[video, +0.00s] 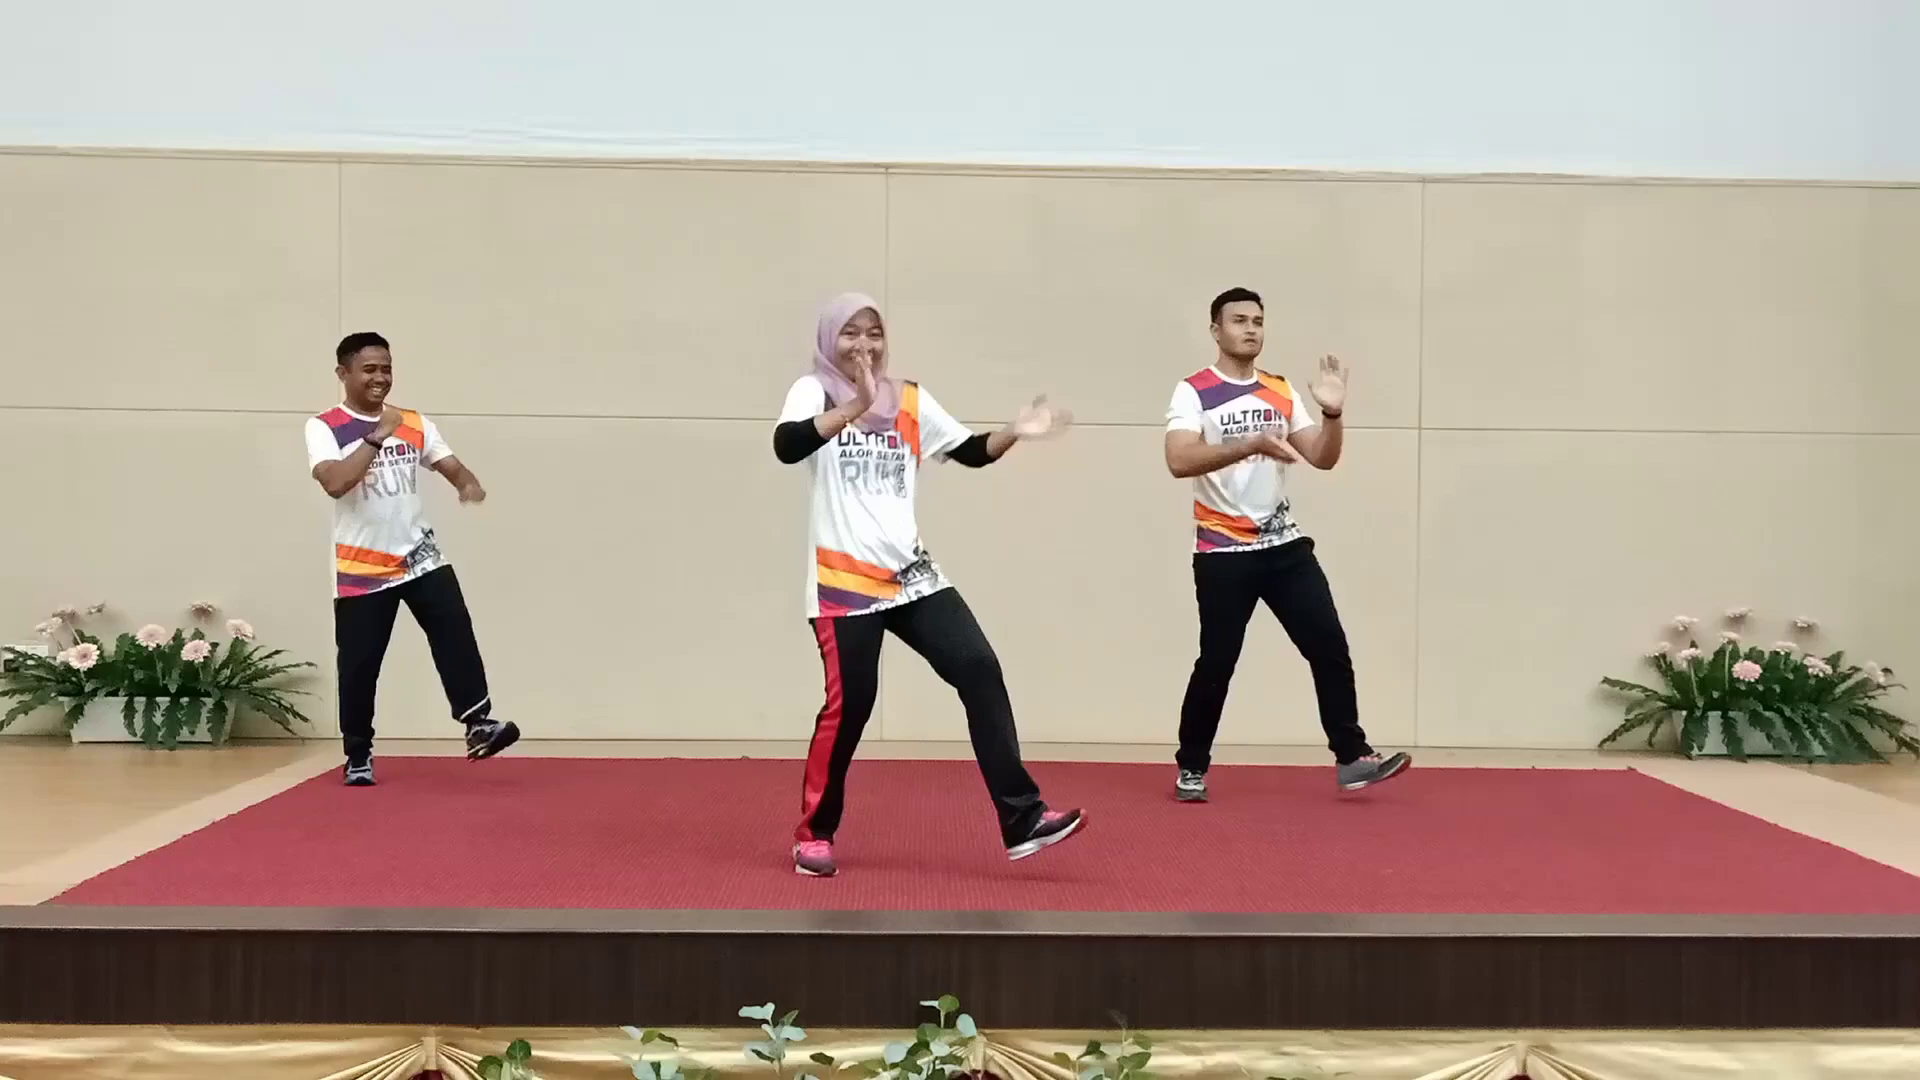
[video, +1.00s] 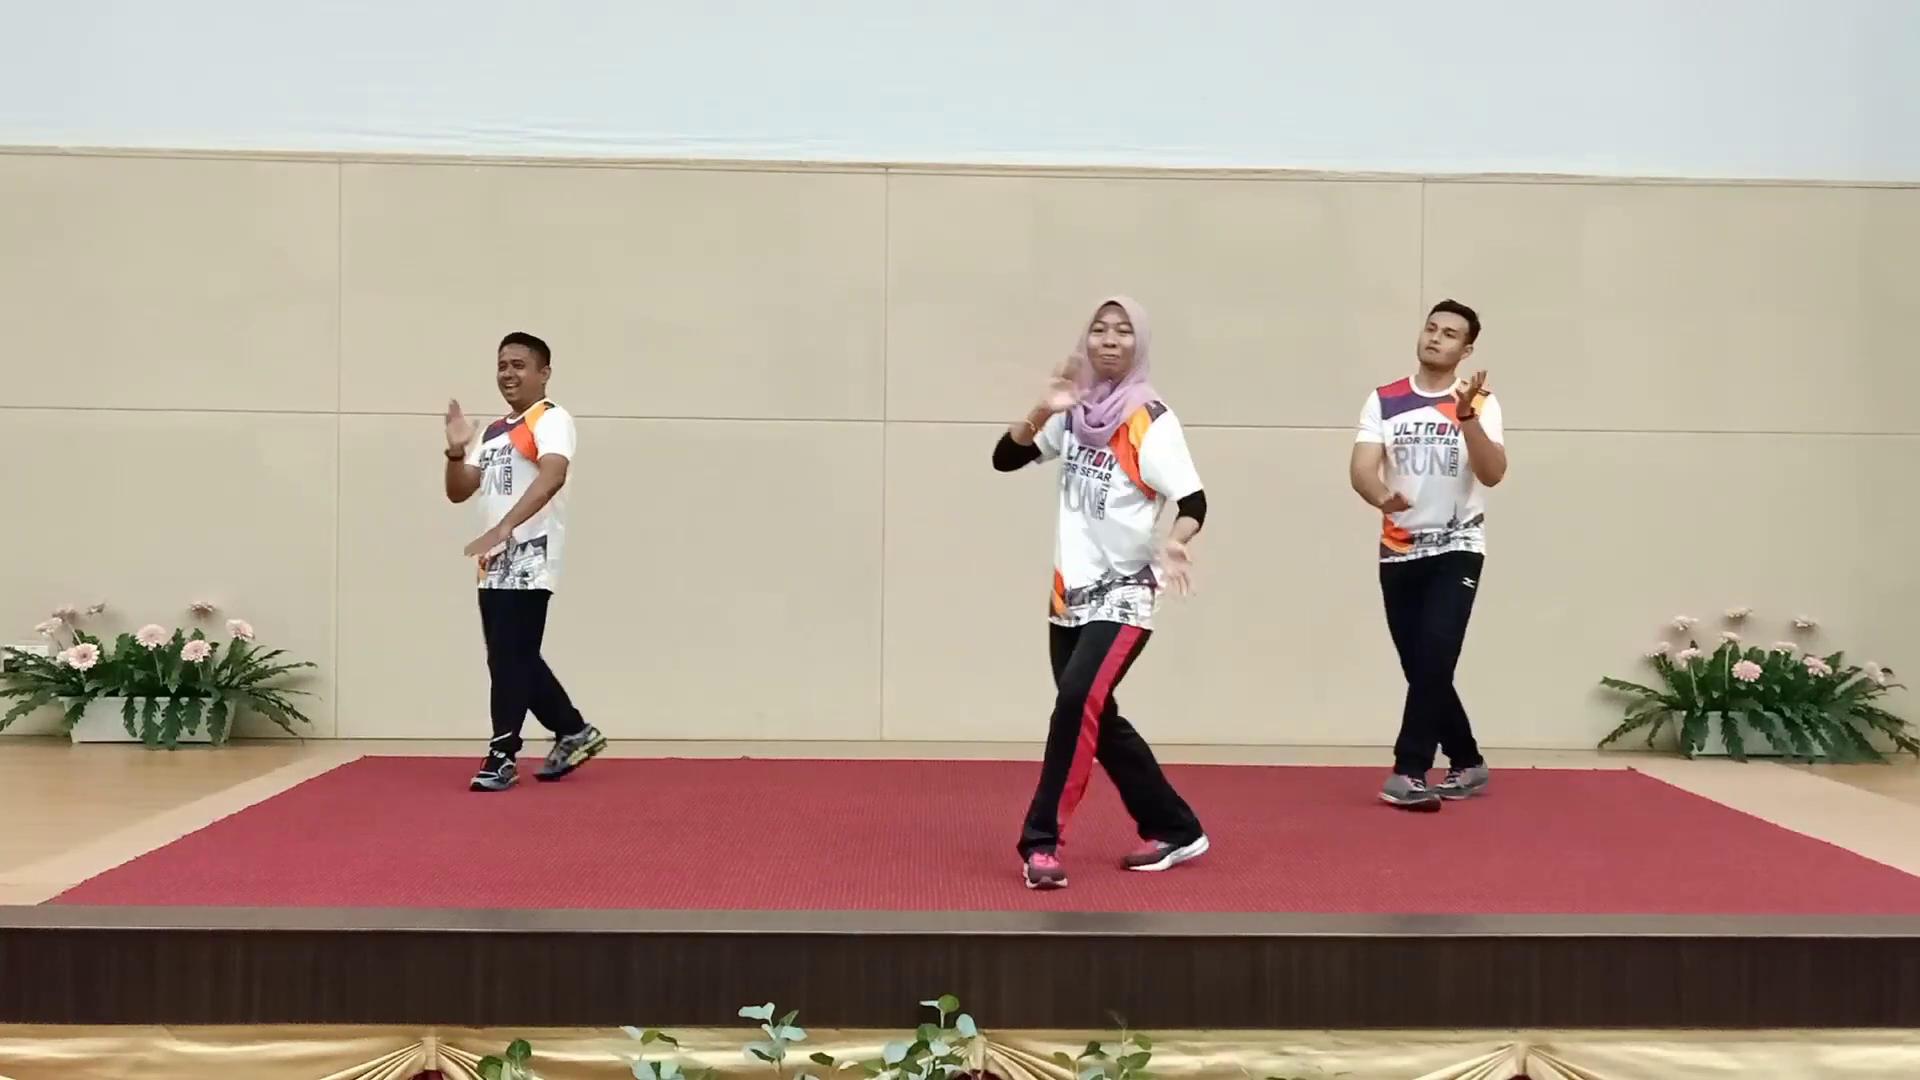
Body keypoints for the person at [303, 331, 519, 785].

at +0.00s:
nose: (380, 378)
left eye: (386, 370)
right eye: (369, 370)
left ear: (391, 373)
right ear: (343, 373)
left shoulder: (413, 424)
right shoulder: (323, 428)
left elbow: (452, 468)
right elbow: (335, 483)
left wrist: (468, 484)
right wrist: (379, 434)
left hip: (419, 558)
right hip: (362, 568)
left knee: (454, 629)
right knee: (358, 667)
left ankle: (478, 725)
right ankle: (358, 756)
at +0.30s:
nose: (401, 363)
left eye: (409, 355)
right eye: (391, 356)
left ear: (420, 361)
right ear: (371, 361)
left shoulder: (438, 416)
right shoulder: (349, 411)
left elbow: (482, 468)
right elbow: (330, 476)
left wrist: (467, 414)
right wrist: (389, 504)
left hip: (436, 551)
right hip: (375, 558)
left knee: (464, 621)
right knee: (363, 654)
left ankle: (494, 716)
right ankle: (357, 751)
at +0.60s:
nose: (439, 372)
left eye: (449, 363)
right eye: (431, 365)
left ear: (471, 368)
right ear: (423, 373)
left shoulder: (497, 425)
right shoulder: (402, 426)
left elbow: (512, 487)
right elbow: (362, 468)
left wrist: (453, 475)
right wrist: (336, 500)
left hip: (468, 574)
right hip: (408, 571)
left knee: (480, 665)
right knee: (382, 664)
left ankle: (501, 759)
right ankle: (362, 753)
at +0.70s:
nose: (462, 368)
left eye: (472, 360)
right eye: (455, 361)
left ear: (497, 366)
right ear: (449, 369)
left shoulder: (515, 418)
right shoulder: (436, 423)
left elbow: (527, 479)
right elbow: (385, 458)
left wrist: (460, 504)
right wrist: (361, 452)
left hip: (491, 573)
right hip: (438, 570)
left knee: (493, 666)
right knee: (416, 648)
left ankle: (501, 758)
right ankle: (425, 737)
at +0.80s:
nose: (473, 370)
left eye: (484, 361)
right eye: (467, 362)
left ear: (509, 367)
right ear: (460, 370)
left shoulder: (524, 417)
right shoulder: (452, 425)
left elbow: (532, 479)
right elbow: (398, 461)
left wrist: (471, 520)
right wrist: (381, 438)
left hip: (501, 572)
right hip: (451, 568)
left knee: (498, 666)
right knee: (432, 639)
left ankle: (501, 757)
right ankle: (467, 725)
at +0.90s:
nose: (496, 372)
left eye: (507, 363)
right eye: (490, 365)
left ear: (532, 369)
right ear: (485, 372)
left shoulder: (542, 418)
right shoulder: (480, 429)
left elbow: (542, 482)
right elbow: (438, 478)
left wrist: (492, 536)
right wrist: (432, 437)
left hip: (518, 566)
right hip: (479, 565)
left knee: (507, 659)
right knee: (472, 645)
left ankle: (502, 756)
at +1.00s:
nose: (507, 373)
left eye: (519, 365)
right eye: (502, 366)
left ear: (544, 373)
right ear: (496, 374)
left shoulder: (551, 419)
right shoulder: (493, 432)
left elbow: (553, 477)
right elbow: (458, 493)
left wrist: (503, 528)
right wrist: (456, 455)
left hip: (528, 563)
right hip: (495, 564)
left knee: (511, 660)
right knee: (513, 659)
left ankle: (502, 756)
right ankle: (575, 732)